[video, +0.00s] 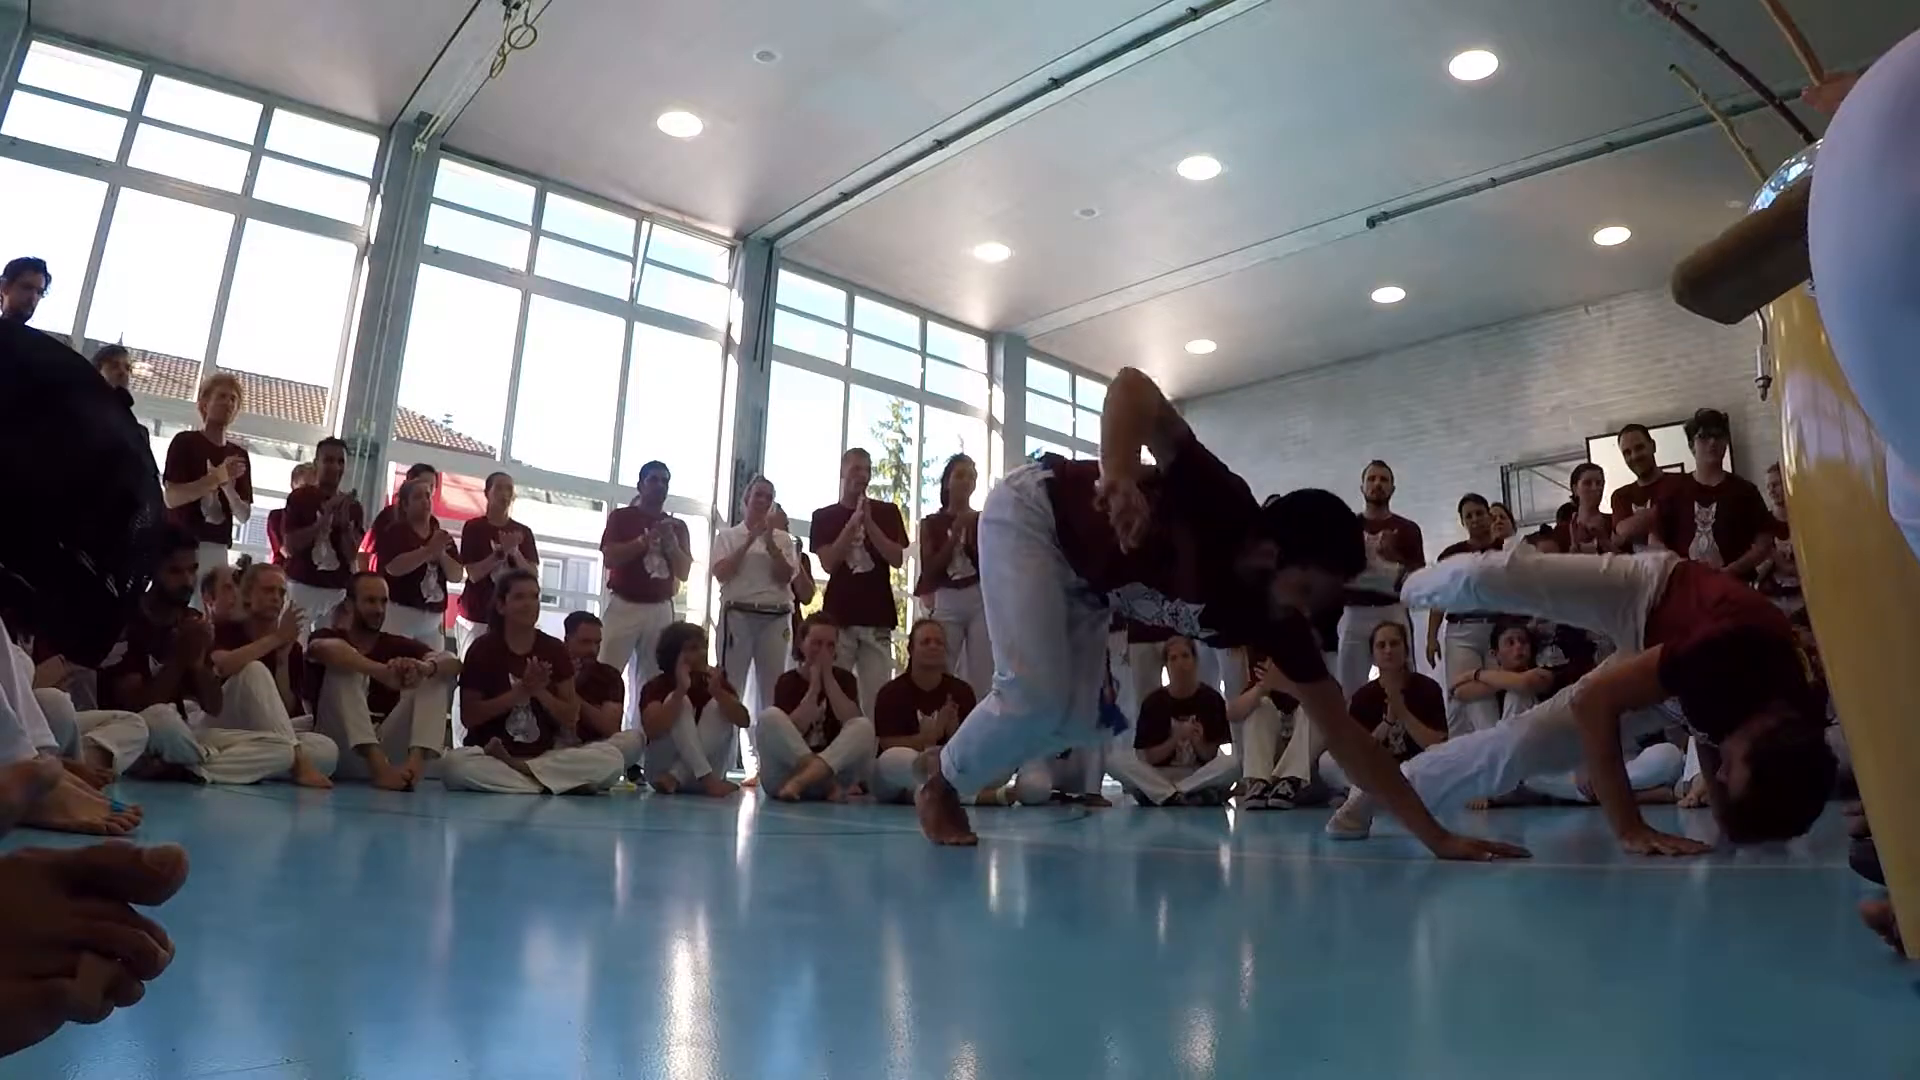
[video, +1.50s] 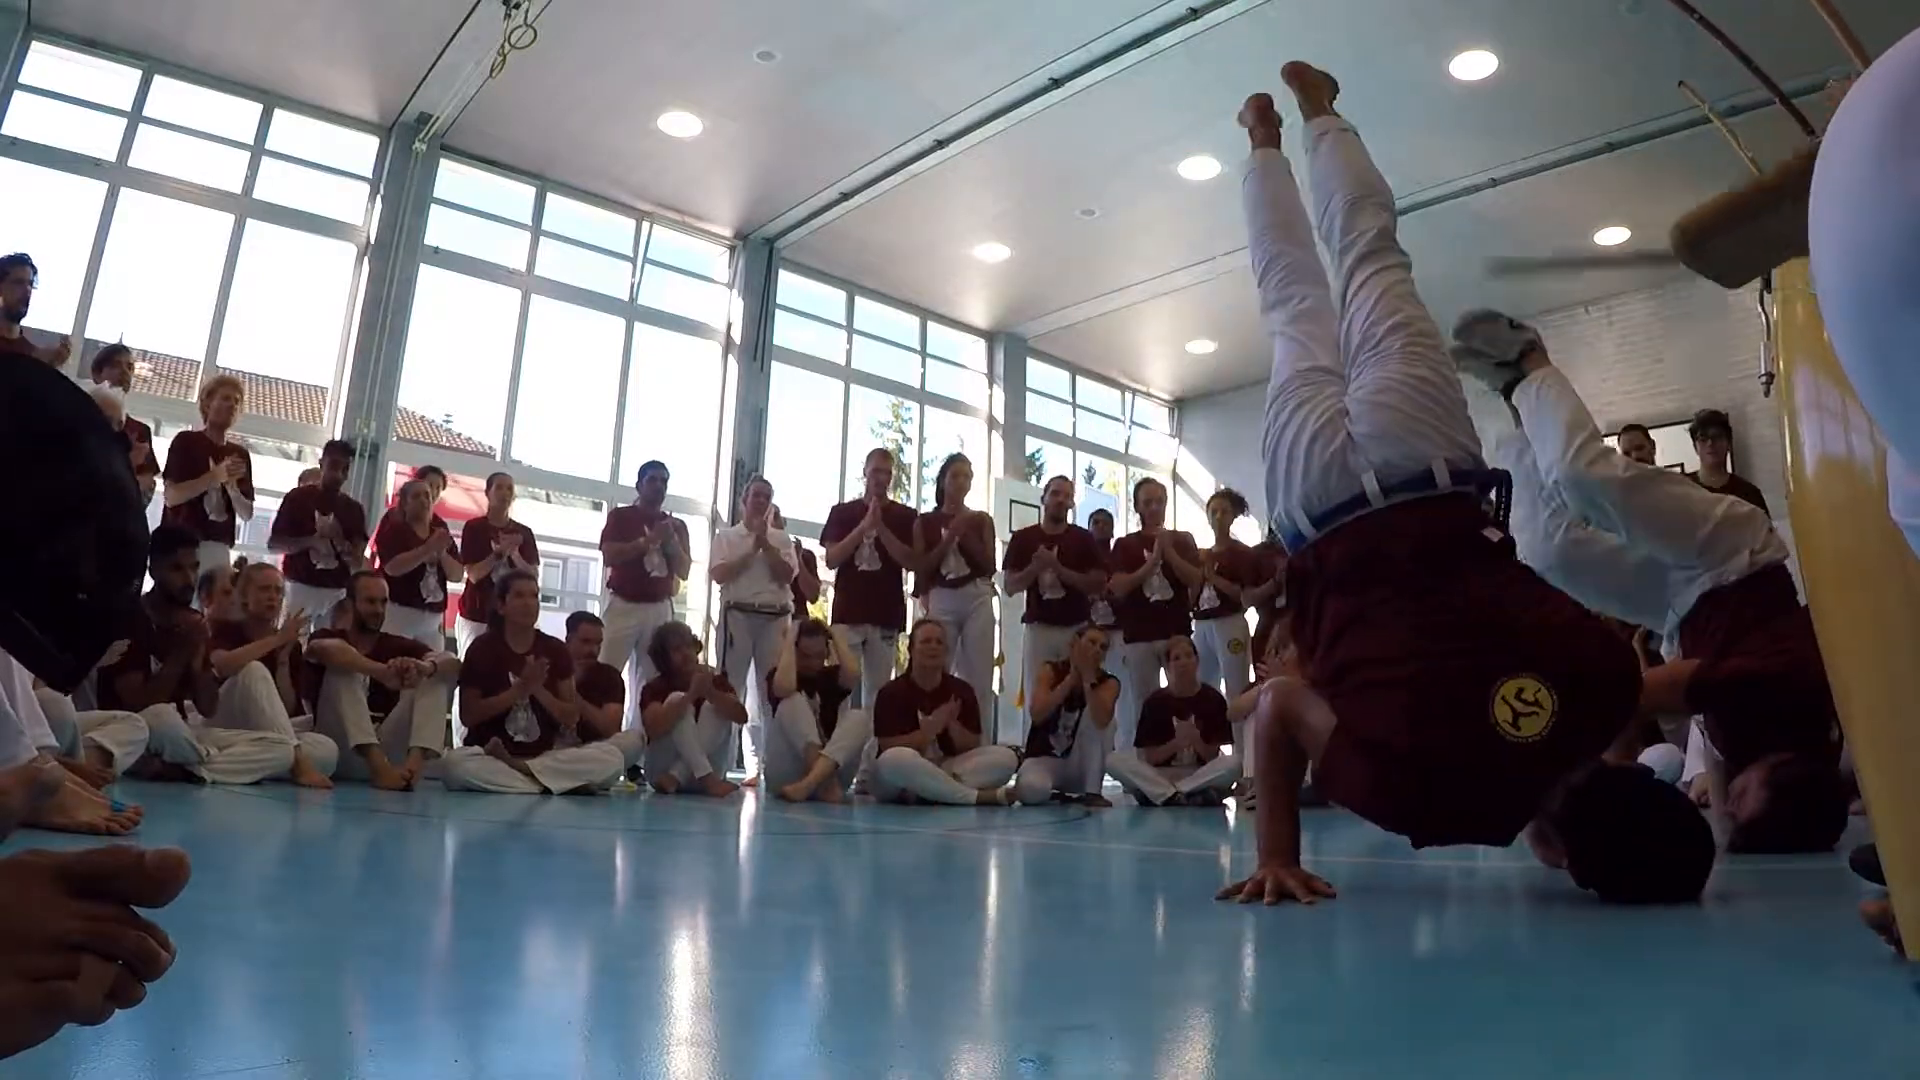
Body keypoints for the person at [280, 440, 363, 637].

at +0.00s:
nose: (334, 467)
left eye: (340, 462)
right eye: (328, 460)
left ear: (345, 467)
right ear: (316, 463)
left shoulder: (352, 506)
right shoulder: (299, 498)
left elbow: (351, 554)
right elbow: (292, 544)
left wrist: (345, 526)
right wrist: (321, 523)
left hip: (336, 588)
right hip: (302, 584)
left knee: (329, 654)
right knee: (292, 650)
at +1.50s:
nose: (338, 475)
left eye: (344, 470)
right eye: (333, 467)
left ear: (349, 471)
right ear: (321, 463)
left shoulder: (354, 509)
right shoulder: (296, 498)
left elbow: (356, 561)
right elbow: (275, 543)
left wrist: (339, 540)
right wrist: (312, 540)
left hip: (336, 592)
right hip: (298, 589)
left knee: (327, 660)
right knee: (289, 655)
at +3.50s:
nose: (342, 474)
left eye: (347, 470)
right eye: (337, 466)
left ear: (351, 473)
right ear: (324, 464)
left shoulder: (353, 508)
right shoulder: (298, 496)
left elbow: (355, 556)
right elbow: (285, 540)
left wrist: (359, 526)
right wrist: (306, 508)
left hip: (335, 590)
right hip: (300, 585)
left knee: (329, 654)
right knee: (290, 650)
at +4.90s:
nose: (337, 475)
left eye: (342, 469)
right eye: (333, 468)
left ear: (348, 471)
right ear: (320, 464)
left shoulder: (353, 509)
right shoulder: (296, 499)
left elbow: (351, 557)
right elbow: (273, 545)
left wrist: (339, 537)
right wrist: (310, 542)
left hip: (334, 592)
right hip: (296, 589)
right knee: (285, 654)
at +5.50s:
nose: (333, 473)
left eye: (337, 467)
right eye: (327, 466)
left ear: (341, 468)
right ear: (311, 465)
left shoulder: (348, 505)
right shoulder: (287, 499)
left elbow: (351, 557)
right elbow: (287, 548)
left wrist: (354, 527)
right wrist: (306, 522)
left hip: (334, 591)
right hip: (297, 589)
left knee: (328, 661)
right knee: (290, 656)